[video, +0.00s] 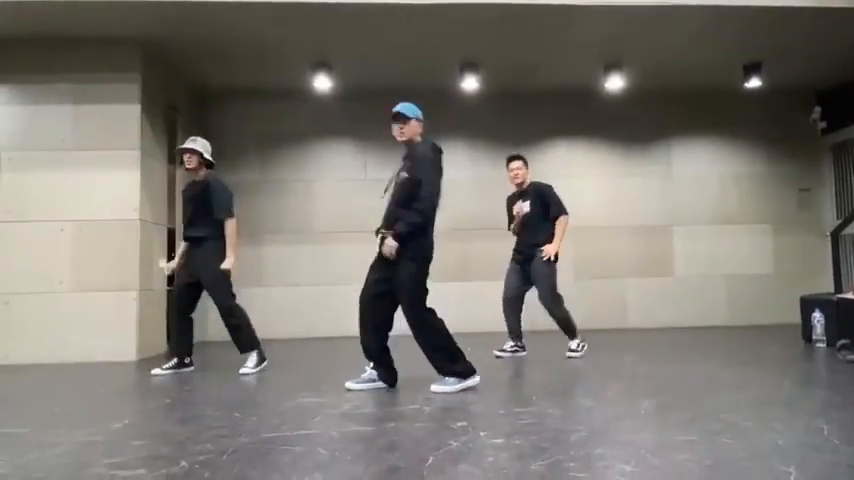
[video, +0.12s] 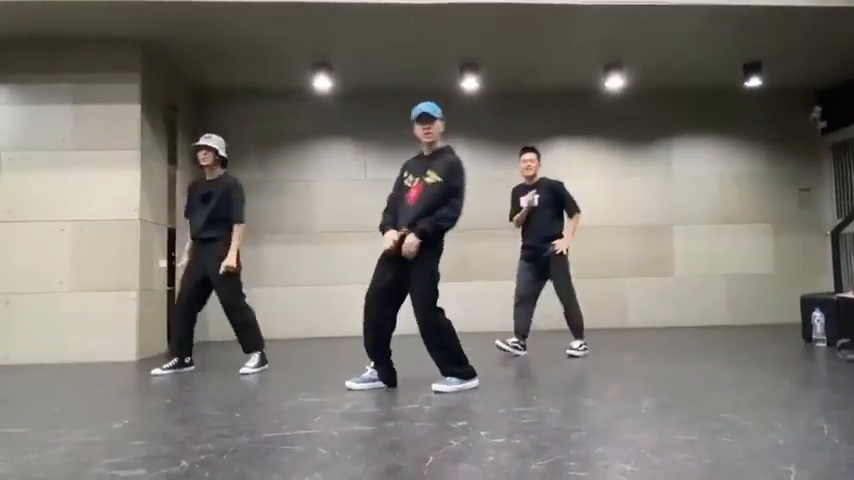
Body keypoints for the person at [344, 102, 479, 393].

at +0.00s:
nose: (398, 127)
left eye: (404, 122)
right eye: (395, 123)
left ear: (419, 125)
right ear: (394, 128)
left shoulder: (426, 152)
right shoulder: (409, 156)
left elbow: (426, 202)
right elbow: (400, 199)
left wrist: (396, 234)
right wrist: (387, 230)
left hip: (414, 246)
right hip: (394, 244)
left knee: (414, 308)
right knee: (372, 303)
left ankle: (461, 372)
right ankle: (381, 371)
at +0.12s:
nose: (427, 127)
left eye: (432, 121)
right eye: (421, 123)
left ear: (442, 125)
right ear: (414, 128)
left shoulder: (451, 163)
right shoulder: (410, 165)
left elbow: (452, 210)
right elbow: (393, 202)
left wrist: (418, 234)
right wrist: (388, 229)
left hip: (426, 246)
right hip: (398, 244)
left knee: (425, 310)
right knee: (377, 302)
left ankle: (461, 373)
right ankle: (381, 371)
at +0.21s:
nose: (436, 125)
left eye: (441, 119)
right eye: (430, 120)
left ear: (451, 122)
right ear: (424, 126)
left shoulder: (460, 162)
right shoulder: (414, 160)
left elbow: (464, 207)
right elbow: (394, 196)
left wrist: (430, 226)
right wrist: (392, 222)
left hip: (429, 245)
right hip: (400, 242)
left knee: (432, 308)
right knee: (383, 303)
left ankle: (462, 373)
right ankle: (382, 370)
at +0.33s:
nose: (446, 121)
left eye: (450, 115)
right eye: (440, 117)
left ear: (460, 119)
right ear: (433, 122)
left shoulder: (468, 161)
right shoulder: (420, 156)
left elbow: (476, 205)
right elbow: (397, 194)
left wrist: (444, 220)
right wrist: (400, 212)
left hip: (438, 244)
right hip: (407, 241)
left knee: (441, 302)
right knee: (390, 296)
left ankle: (464, 373)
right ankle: (388, 368)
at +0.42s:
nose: (446, 120)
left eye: (452, 115)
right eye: (441, 115)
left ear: (461, 121)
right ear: (433, 121)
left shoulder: (467, 160)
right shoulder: (421, 157)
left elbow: (477, 206)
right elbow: (400, 195)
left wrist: (446, 224)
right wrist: (402, 213)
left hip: (441, 245)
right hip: (410, 241)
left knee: (439, 303)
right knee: (385, 292)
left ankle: (464, 373)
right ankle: (402, 360)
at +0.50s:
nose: (444, 121)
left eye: (450, 116)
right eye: (439, 116)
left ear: (459, 123)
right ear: (431, 122)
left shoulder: (464, 161)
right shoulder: (420, 160)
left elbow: (475, 208)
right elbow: (402, 199)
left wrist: (442, 228)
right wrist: (402, 217)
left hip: (439, 244)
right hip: (411, 241)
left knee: (436, 303)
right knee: (380, 290)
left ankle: (464, 373)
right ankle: (407, 351)